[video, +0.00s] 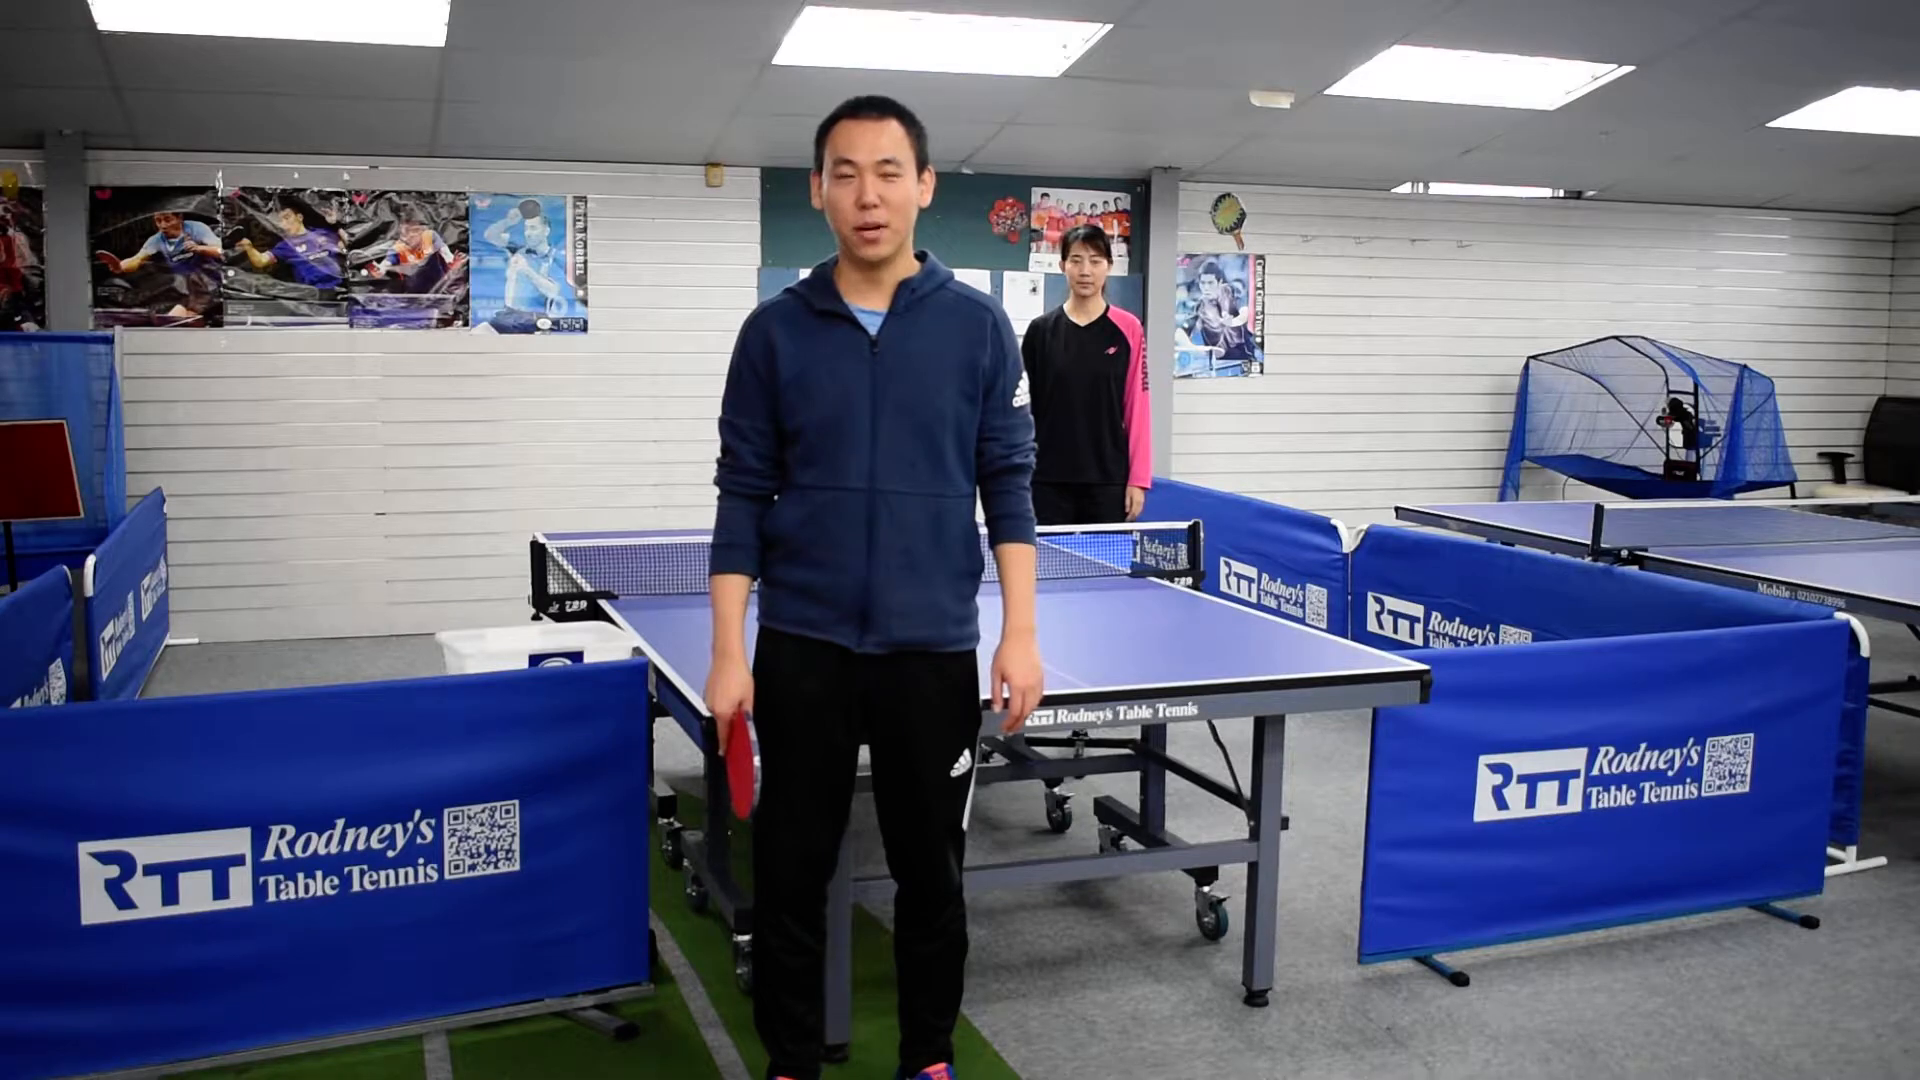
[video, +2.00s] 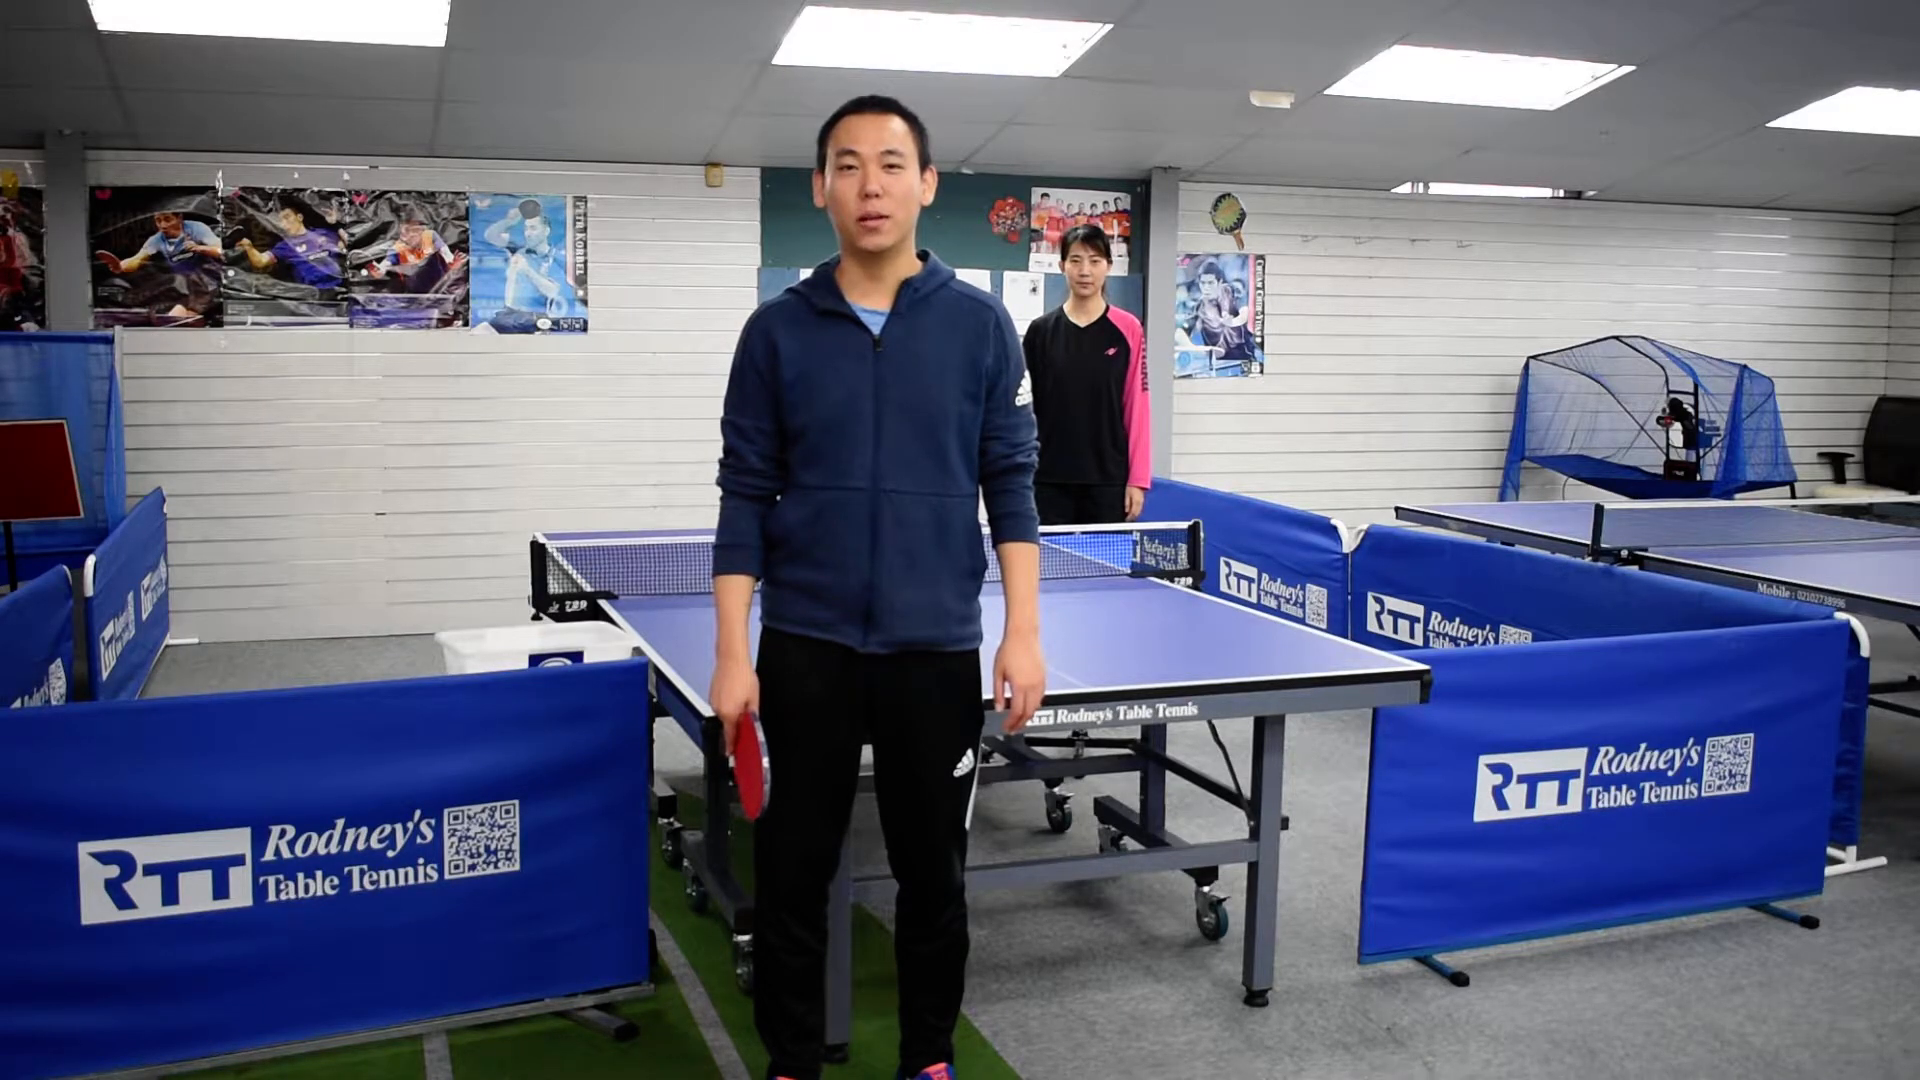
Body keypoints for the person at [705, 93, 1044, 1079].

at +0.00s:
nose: (867, 193)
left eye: (888, 172)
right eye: (846, 174)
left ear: (923, 189)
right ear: (820, 194)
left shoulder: (977, 326)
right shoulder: (775, 330)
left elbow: (1009, 483)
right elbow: (740, 491)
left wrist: (1020, 632)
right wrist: (728, 651)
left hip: (931, 644)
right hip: (804, 642)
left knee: (930, 871)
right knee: (789, 874)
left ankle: (929, 1061)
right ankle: (791, 1061)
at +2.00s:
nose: (870, 185)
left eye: (892, 166)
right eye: (848, 167)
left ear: (926, 187)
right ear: (822, 190)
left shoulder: (979, 326)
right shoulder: (777, 330)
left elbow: (1012, 482)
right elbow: (743, 492)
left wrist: (1023, 631)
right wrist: (732, 653)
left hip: (934, 645)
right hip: (806, 644)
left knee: (932, 875)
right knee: (791, 877)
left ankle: (930, 1060)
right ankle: (791, 1062)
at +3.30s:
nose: (864, 195)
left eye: (884, 173)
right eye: (842, 176)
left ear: (919, 187)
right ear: (814, 194)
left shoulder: (976, 323)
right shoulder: (777, 328)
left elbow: (1010, 478)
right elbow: (736, 467)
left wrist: (1025, 628)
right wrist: (682, 539)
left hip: (936, 640)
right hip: (808, 636)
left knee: (931, 869)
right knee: (793, 867)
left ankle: (928, 1058)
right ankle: (792, 1062)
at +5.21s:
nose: (870, 185)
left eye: (892, 166)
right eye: (849, 167)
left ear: (928, 188)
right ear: (825, 192)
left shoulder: (983, 326)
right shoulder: (780, 330)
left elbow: (1016, 483)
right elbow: (746, 490)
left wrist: (1026, 633)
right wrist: (742, 646)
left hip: (934, 647)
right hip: (804, 644)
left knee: (932, 875)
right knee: (792, 880)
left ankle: (929, 1061)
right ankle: (790, 1062)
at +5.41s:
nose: (868, 184)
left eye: (890, 165)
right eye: (847, 167)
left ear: (925, 188)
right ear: (823, 191)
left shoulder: (980, 326)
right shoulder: (779, 329)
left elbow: (1013, 483)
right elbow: (744, 489)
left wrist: (1022, 631)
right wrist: (741, 645)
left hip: (933, 647)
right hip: (803, 645)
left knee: (932, 875)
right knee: (791, 881)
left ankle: (930, 1060)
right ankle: (791, 1062)